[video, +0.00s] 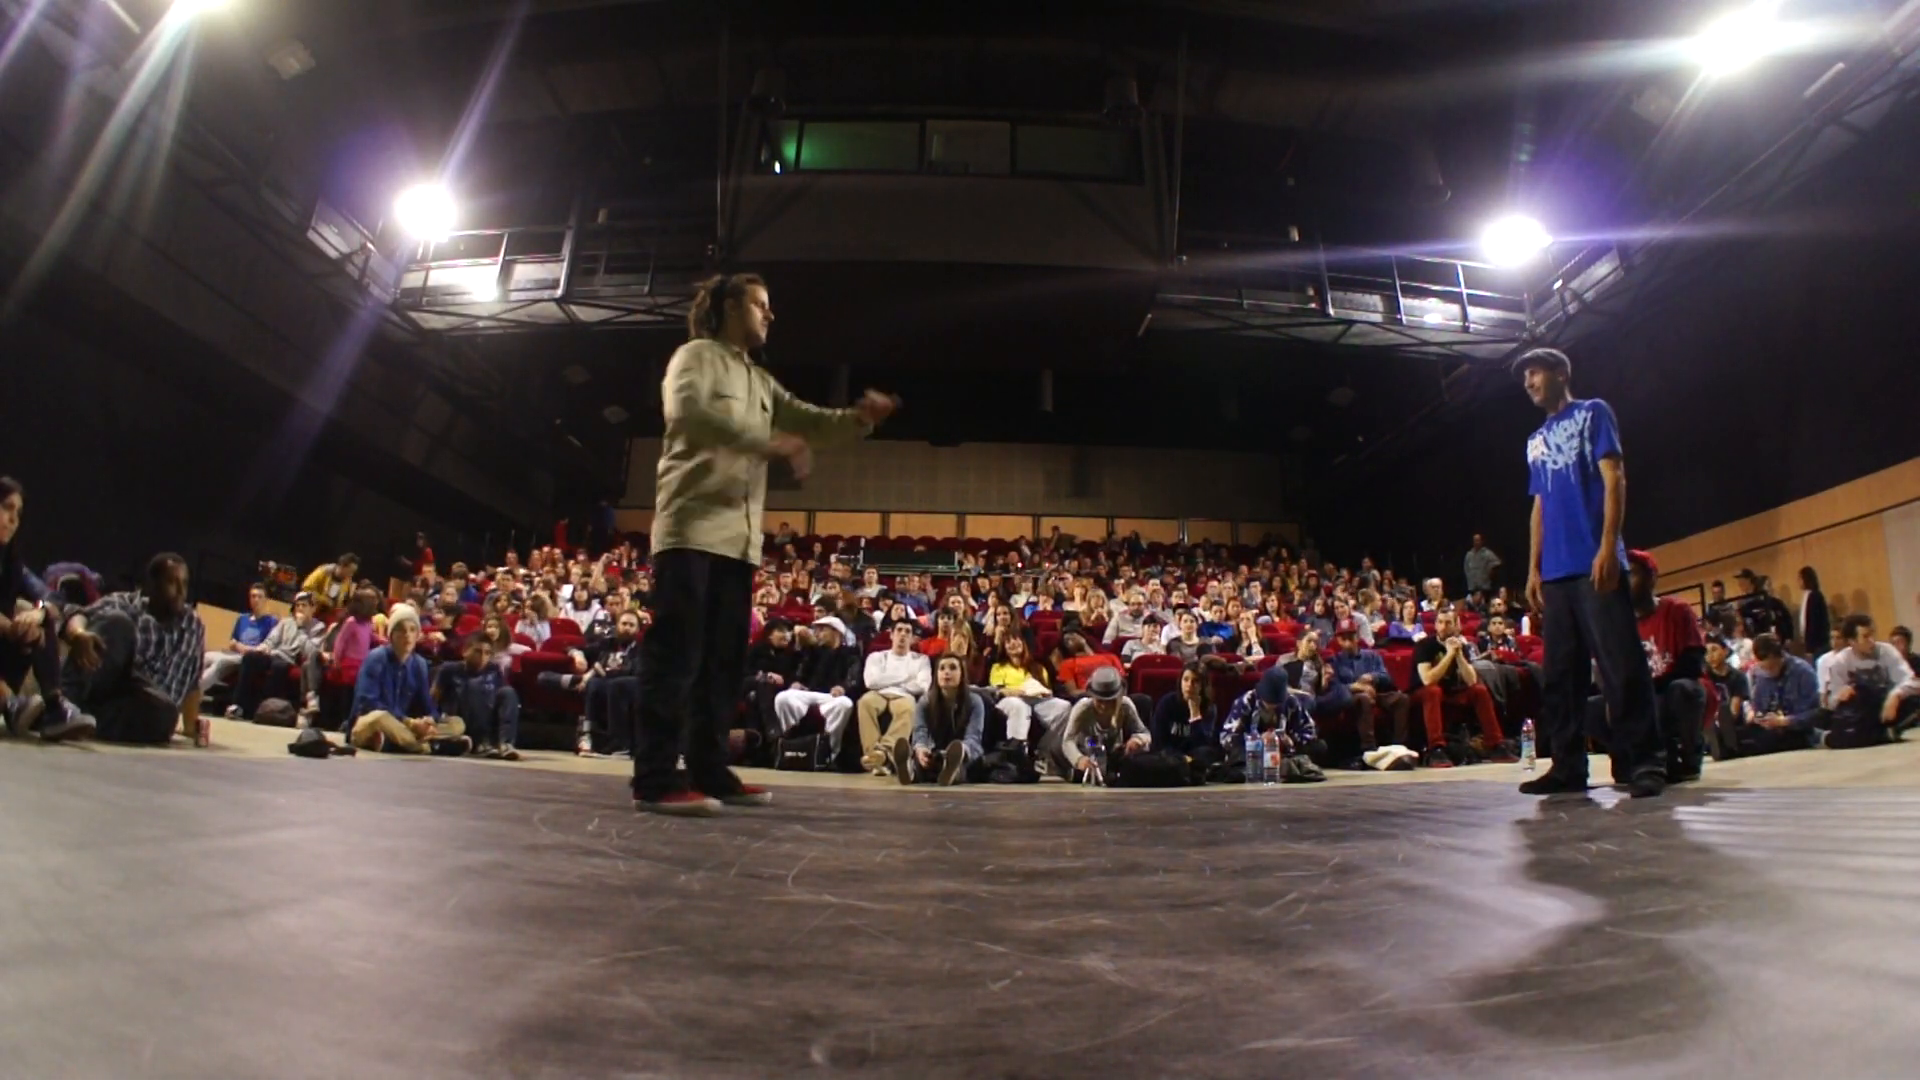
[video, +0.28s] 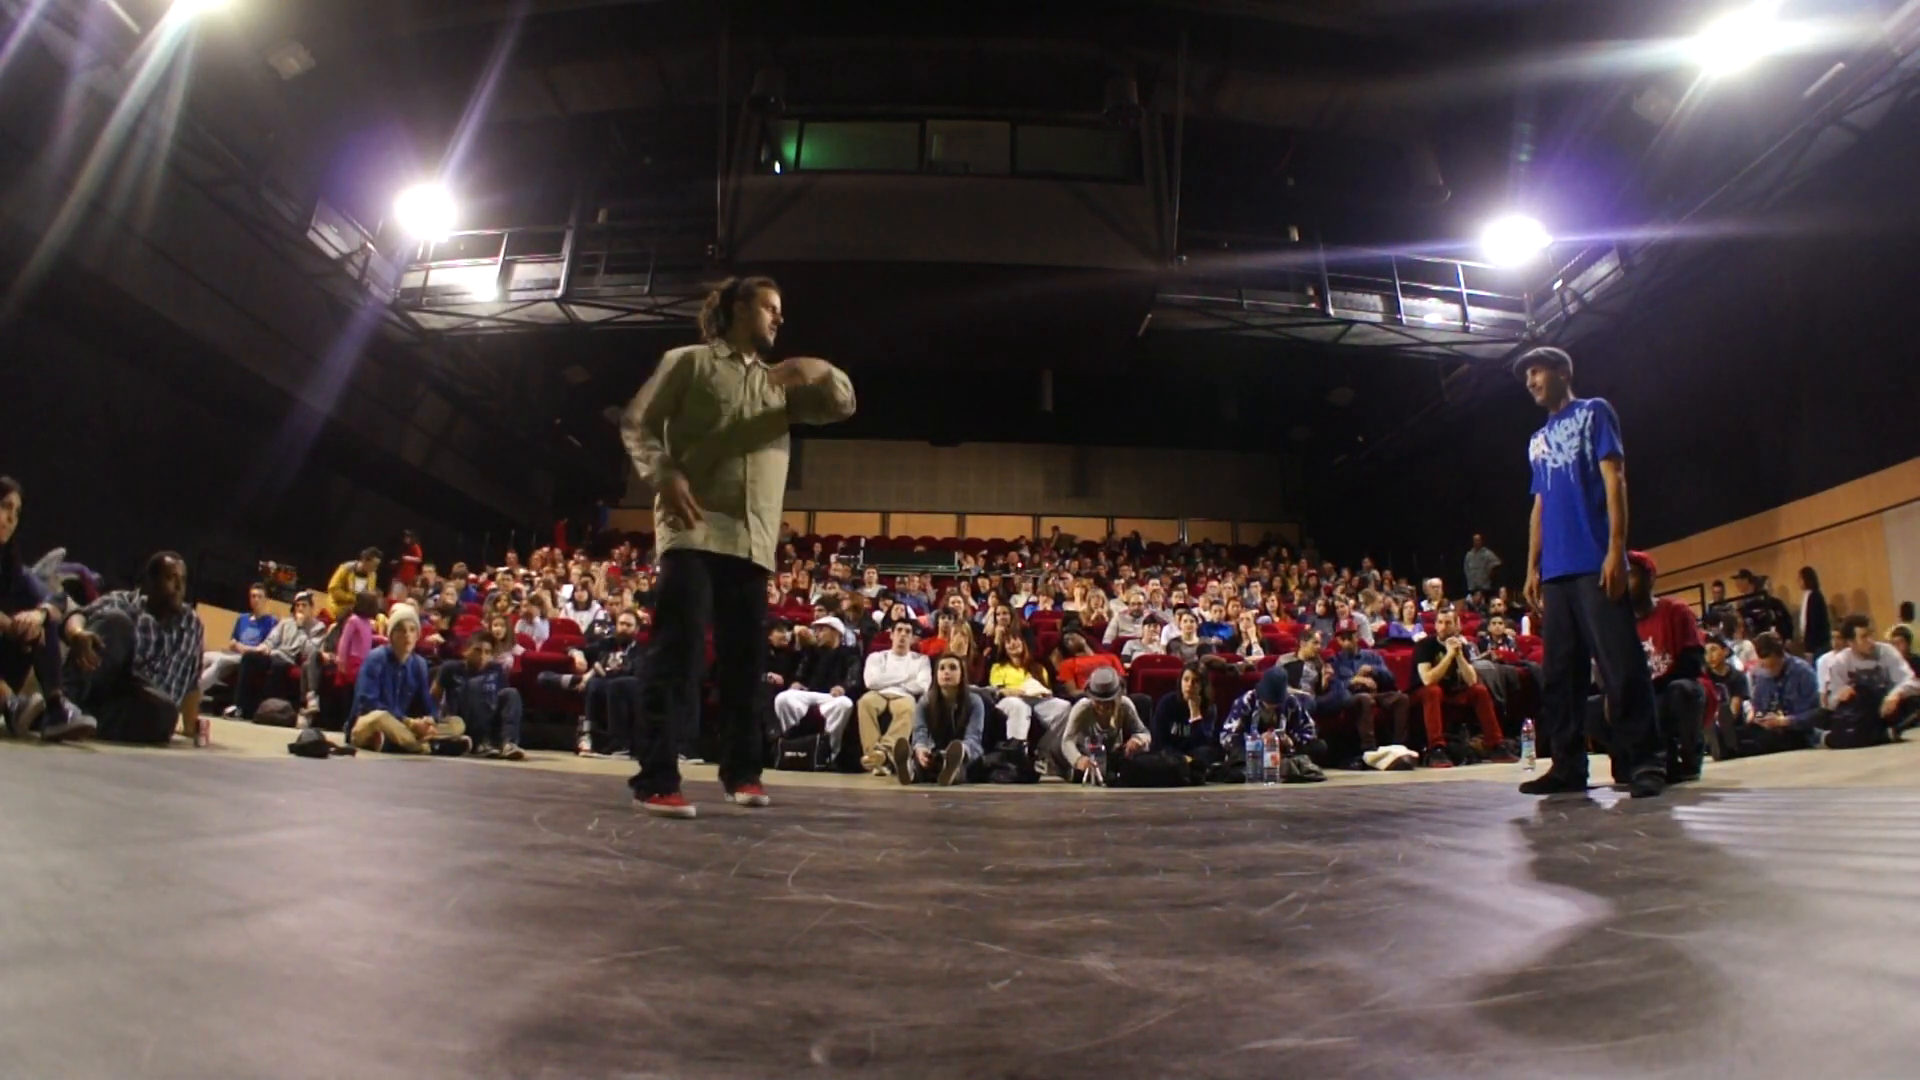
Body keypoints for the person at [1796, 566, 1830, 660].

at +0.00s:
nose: (1799, 582)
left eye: (1801, 578)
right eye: (1799, 578)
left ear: (1807, 579)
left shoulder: (1814, 596)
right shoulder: (1806, 596)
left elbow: (1814, 622)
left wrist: (1810, 647)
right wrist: (1803, 639)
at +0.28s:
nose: (1799, 581)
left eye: (1801, 578)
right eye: (1799, 578)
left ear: (1807, 579)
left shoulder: (1814, 597)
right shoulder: (1806, 596)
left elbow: (1813, 622)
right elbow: (1806, 619)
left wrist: (1810, 646)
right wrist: (1803, 640)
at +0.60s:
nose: (1799, 581)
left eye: (1801, 578)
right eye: (1800, 578)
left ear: (1807, 578)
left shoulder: (1815, 596)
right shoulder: (1806, 595)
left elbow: (1814, 622)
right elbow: (1806, 618)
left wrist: (1810, 646)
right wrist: (1803, 639)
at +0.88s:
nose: (1799, 581)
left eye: (1801, 578)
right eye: (1799, 578)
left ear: (1808, 579)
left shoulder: (1815, 596)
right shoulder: (1805, 595)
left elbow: (1817, 621)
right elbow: (1805, 617)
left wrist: (1813, 645)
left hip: (1813, 641)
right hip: (1805, 640)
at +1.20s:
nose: (1800, 581)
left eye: (1802, 578)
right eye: (1800, 578)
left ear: (1808, 579)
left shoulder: (1816, 596)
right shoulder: (1804, 595)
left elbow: (1819, 620)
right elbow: (1803, 616)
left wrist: (1814, 641)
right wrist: (1801, 635)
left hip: (1813, 640)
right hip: (1804, 639)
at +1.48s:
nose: (1801, 582)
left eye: (1803, 579)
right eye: (1801, 579)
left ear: (1810, 579)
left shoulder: (1817, 597)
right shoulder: (1805, 596)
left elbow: (1820, 619)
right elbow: (1804, 615)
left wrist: (1815, 641)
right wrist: (1802, 634)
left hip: (1814, 639)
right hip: (1804, 637)